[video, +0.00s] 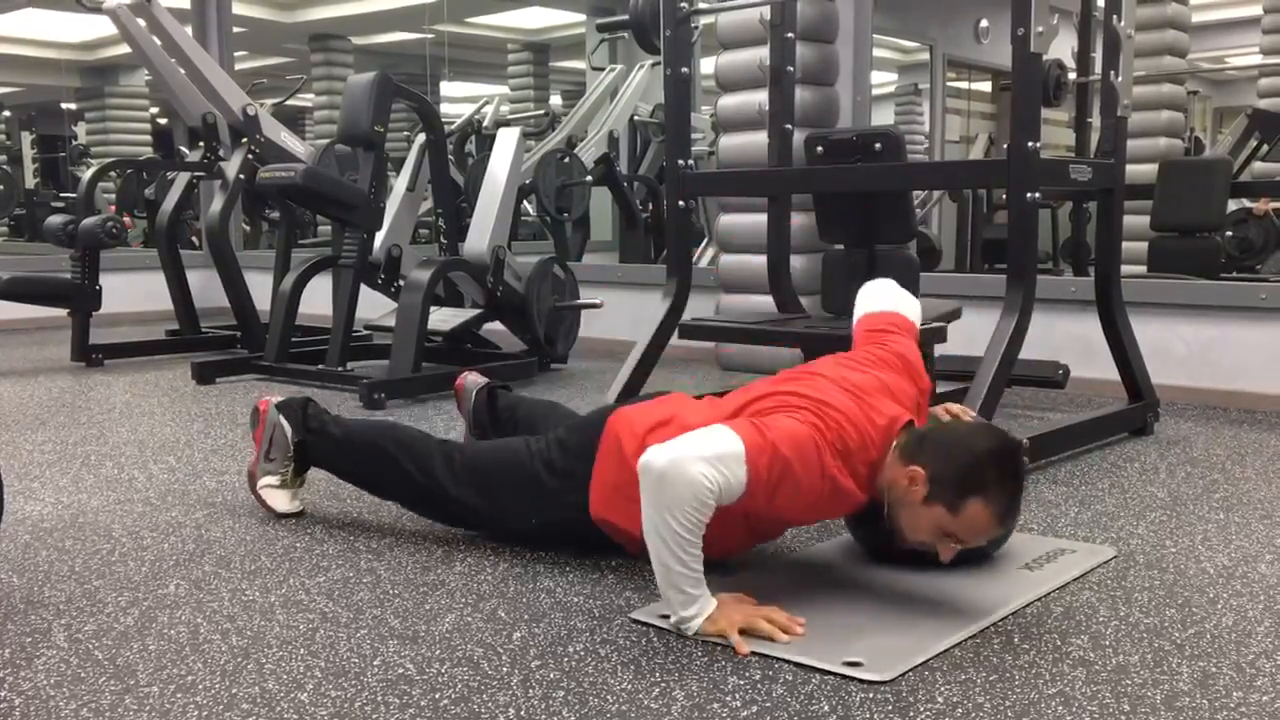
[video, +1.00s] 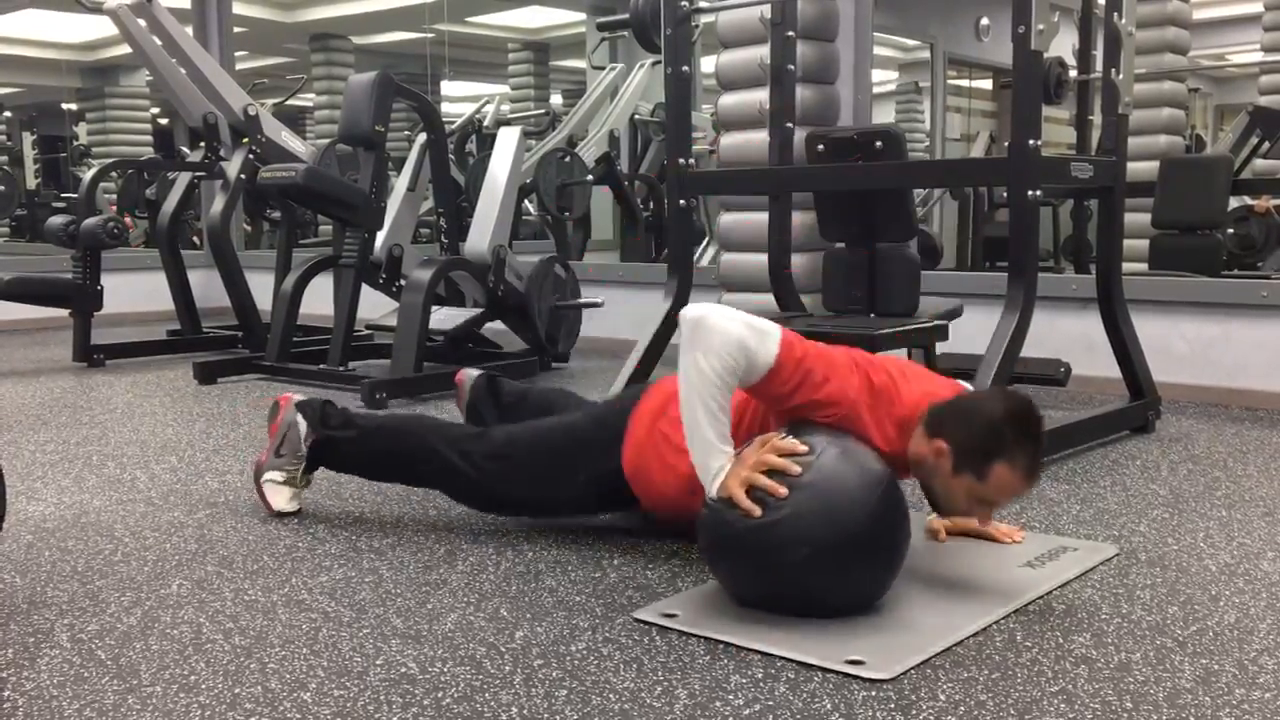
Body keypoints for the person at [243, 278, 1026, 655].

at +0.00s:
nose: (938, 552)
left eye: (958, 548)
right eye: (944, 538)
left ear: (946, 443)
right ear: (914, 479)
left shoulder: (899, 382)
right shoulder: (811, 458)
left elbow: (883, 288)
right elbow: (674, 476)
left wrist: (890, 428)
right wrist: (693, 604)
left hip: (661, 420)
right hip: (607, 471)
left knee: (567, 429)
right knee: (451, 475)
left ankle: (489, 399)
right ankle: (298, 425)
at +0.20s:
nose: (937, 463)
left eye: (955, 451)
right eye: (938, 445)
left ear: (927, 374)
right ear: (894, 398)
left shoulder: (887, 324)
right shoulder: (779, 406)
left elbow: (892, 285)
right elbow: (647, 474)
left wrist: (878, 413)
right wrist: (688, 605)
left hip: (646, 368)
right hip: (593, 424)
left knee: (525, 394)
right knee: (435, 454)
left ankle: (470, 387)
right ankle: (285, 429)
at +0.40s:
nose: (903, 281)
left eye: (917, 265)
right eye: (897, 259)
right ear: (842, 223)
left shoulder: (853, 236)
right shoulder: (745, 265)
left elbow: (865, 317)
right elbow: (684, 441)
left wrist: (860, 400)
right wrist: (693, 600)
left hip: (609, 330)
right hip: (555, 307)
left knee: (508, 388)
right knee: (425, 402)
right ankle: (270, 428)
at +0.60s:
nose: (904, 178)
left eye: (917, 164)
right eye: (899, 156)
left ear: (866, 130)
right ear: (844, 120)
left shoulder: (846, 170)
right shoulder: (753, 163)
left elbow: (842, 278)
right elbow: (668, 301)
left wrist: (819, 311)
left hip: (615, 306)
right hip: (558, 272)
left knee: (519, 379)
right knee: (432, 373)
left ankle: (461, 415)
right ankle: (278, 428)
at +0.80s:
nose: (954, 323)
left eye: (967, 308)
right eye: (948, 302)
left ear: (938, 281)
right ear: (897, 266)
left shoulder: (904, 294)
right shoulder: (798, 268)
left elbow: (929, 393)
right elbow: (663, 311)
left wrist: (942, 502)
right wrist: (725, 443)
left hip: (632, 343)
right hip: (578, 338)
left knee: (510, 381)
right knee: (441, 397)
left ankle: (459, 428)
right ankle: (281, 426)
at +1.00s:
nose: (972, 511)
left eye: (991, 508)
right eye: (973, 499)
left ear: (967, 438)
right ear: (938, 448)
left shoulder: (946, 406)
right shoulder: (855, 388)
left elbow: (912, 442)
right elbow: (707, 326)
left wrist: (947, 506)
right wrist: (718, 458)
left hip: (676, 447)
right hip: (638, 444)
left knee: (578, 418)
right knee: (476, 463)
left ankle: (483, 384)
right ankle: (312, 426)